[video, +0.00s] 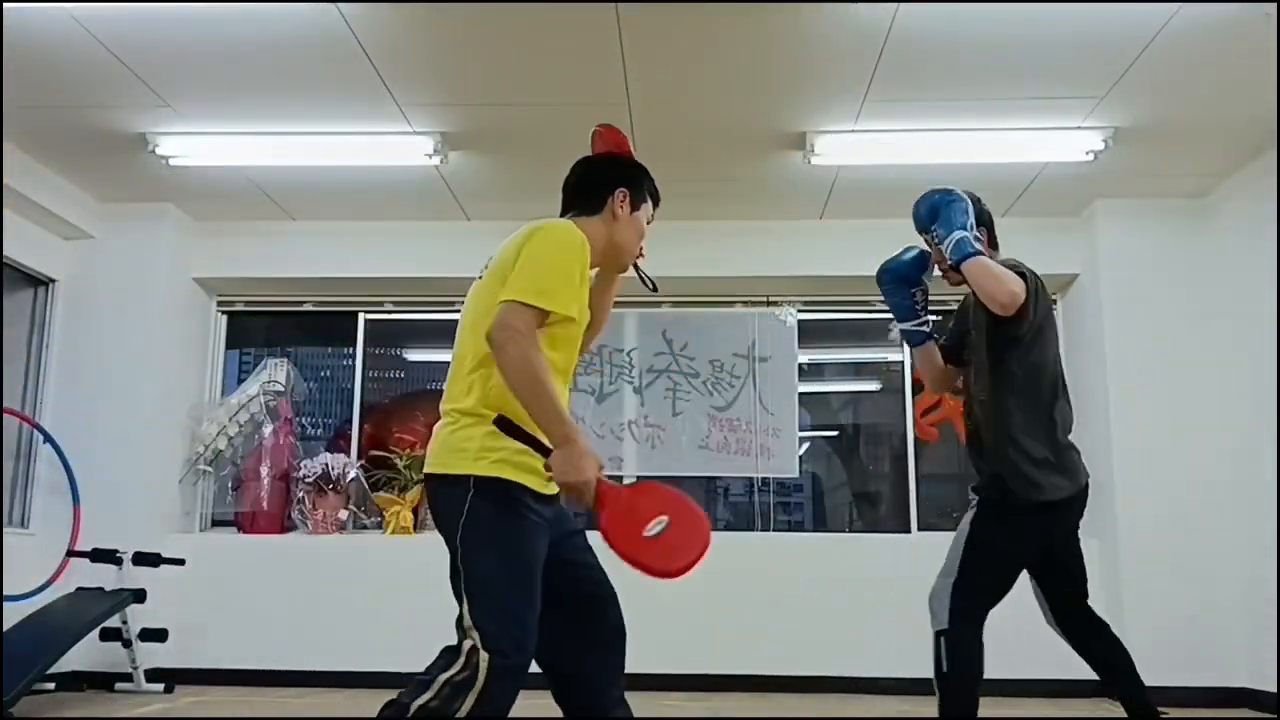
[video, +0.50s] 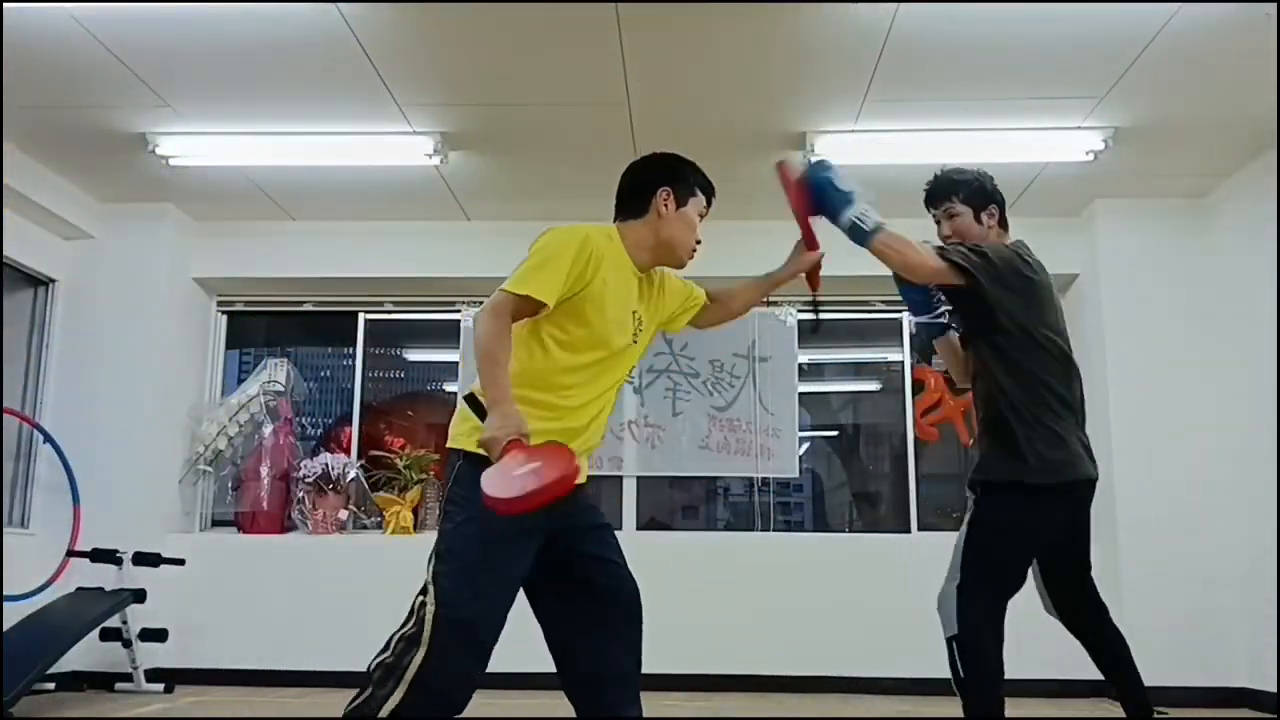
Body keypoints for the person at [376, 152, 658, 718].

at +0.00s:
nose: (643, 240)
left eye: (649, 225)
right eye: (645, 220)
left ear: (599, 205)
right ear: (618, 203)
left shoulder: (556, 262)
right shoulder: (559, 238)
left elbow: (578, 339)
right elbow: (511, 333)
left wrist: (613, 268)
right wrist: (568, 440)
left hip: (531, 479)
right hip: (485, 472)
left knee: (590, 638)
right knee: (494, 654)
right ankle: (407, 711)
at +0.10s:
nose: (646, 239)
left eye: (651, 224)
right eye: (647, 219)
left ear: (592, 204)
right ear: (619, 204)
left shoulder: (539, 257)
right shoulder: (564, 241)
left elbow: (578, 336)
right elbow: (538, 336)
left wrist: (613, 269)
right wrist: (615, 436)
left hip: (526, 484)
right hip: (488, 477)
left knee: (588, 621)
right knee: (478, 656)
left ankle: (604, 715)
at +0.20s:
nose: (651, 242)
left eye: (657, 227)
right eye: (653, 222)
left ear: (609, 207)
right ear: (625, 206)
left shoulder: (561, 266)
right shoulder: (564, 245)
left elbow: (588, 344)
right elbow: (539, 343)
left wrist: (623, 272)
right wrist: (631, 428)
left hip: (535, 487)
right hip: (489, 481)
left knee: (602, 615)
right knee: (477, 660)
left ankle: (610, 715)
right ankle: (396, 715)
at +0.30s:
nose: (670, 234)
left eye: (675, 220)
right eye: (671, 215)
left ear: (634, 204)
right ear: (641, 202)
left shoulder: (597, 281)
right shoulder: (569, 247)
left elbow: (618, 337)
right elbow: (521, 334)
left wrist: (648, 265)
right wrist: (600, 422)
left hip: (555, 492)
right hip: (499, 484)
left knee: (616, 624)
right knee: (465, 650)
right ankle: (382, 716)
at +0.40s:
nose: (696, 229)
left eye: (700, 217)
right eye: (694, 211)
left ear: (655, 204)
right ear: (659, 200)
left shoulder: (632, 290)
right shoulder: (578, 246)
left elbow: (668, 323)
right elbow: (504, 325)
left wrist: (695, 254)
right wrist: (543, 410)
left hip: (570, 488)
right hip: (502, 474)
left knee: (615, 618)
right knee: (453, 630)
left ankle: (617, 717)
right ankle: (374, 713)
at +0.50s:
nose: (703, 233)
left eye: (706, 220)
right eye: (700, 215)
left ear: (664, 207)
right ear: (664, 202)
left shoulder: (660, 290)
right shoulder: (579, 246)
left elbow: (714, 306)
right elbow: (493, 317)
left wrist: (785, 274)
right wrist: (501, 406)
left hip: (560, 478)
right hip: (496, 464)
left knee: (608, 609)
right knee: (455, 630)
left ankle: (614, 713)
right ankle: (378, 711)